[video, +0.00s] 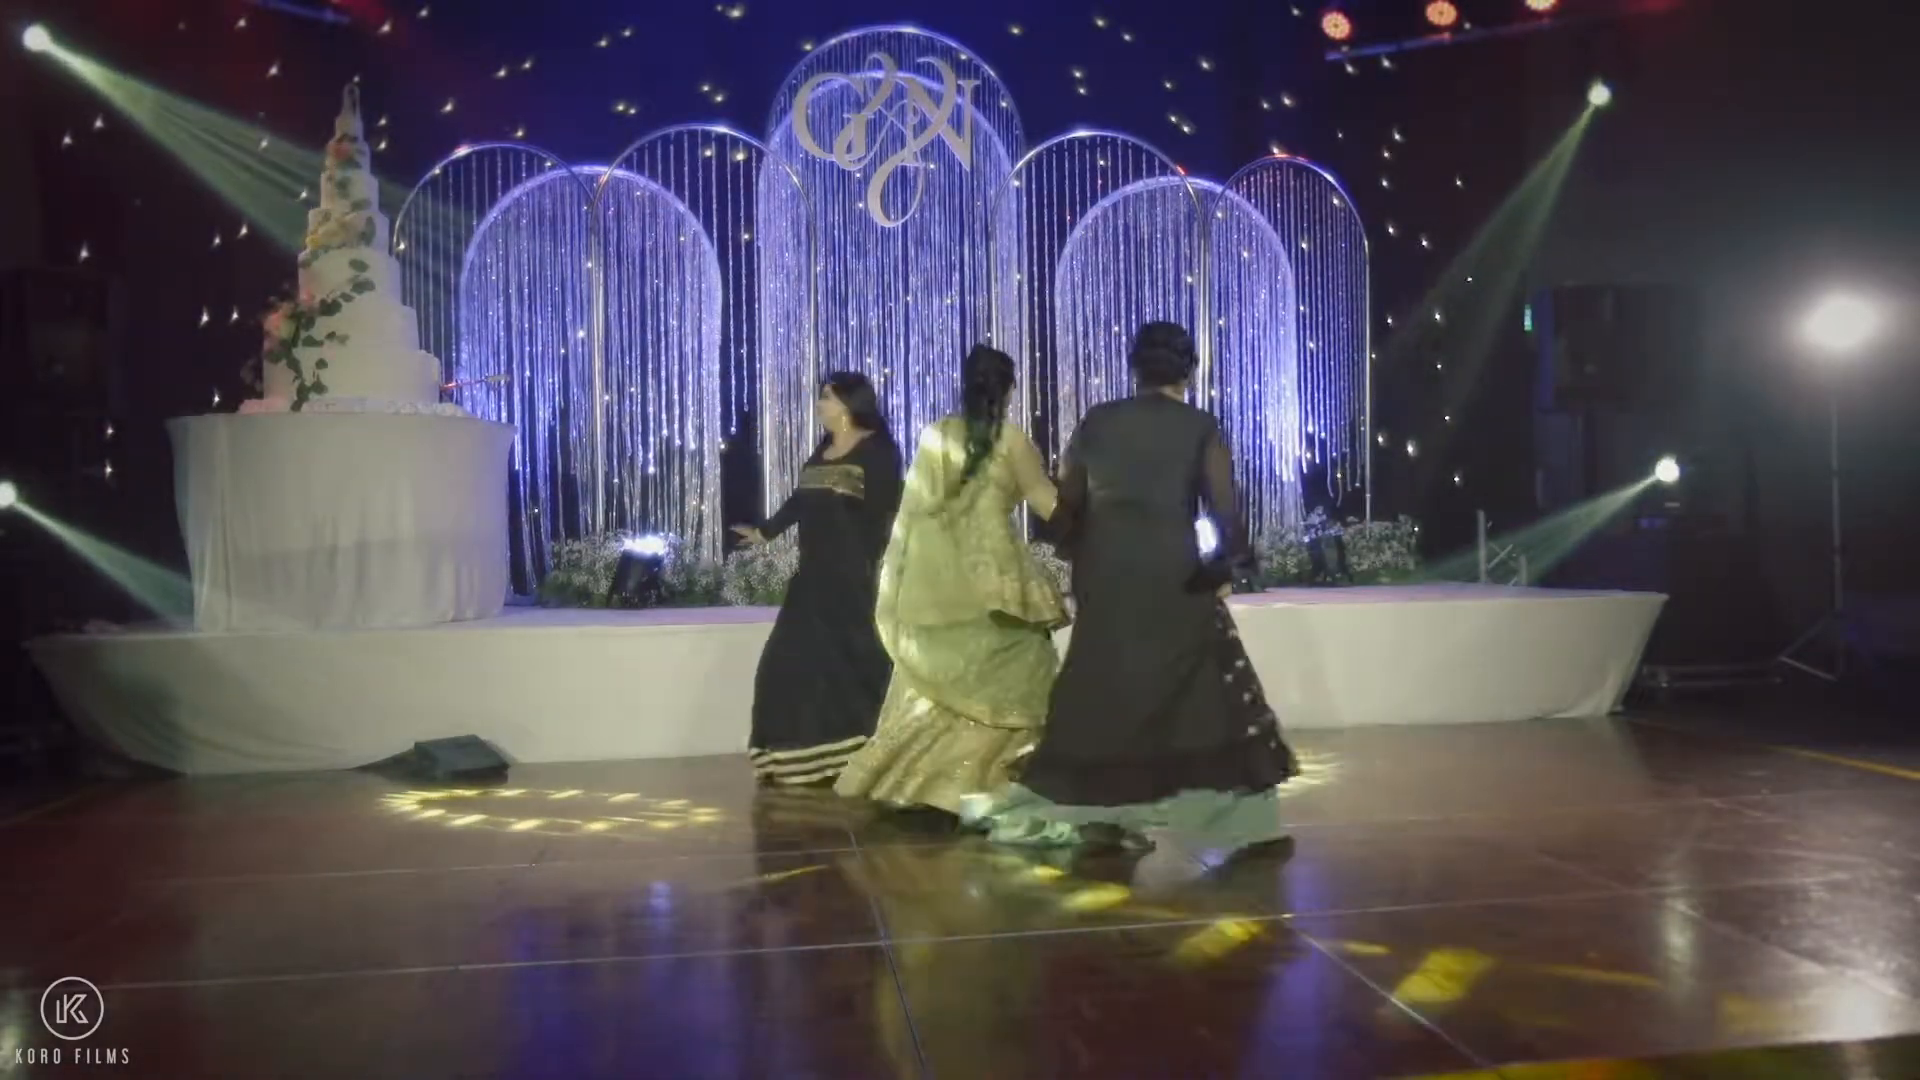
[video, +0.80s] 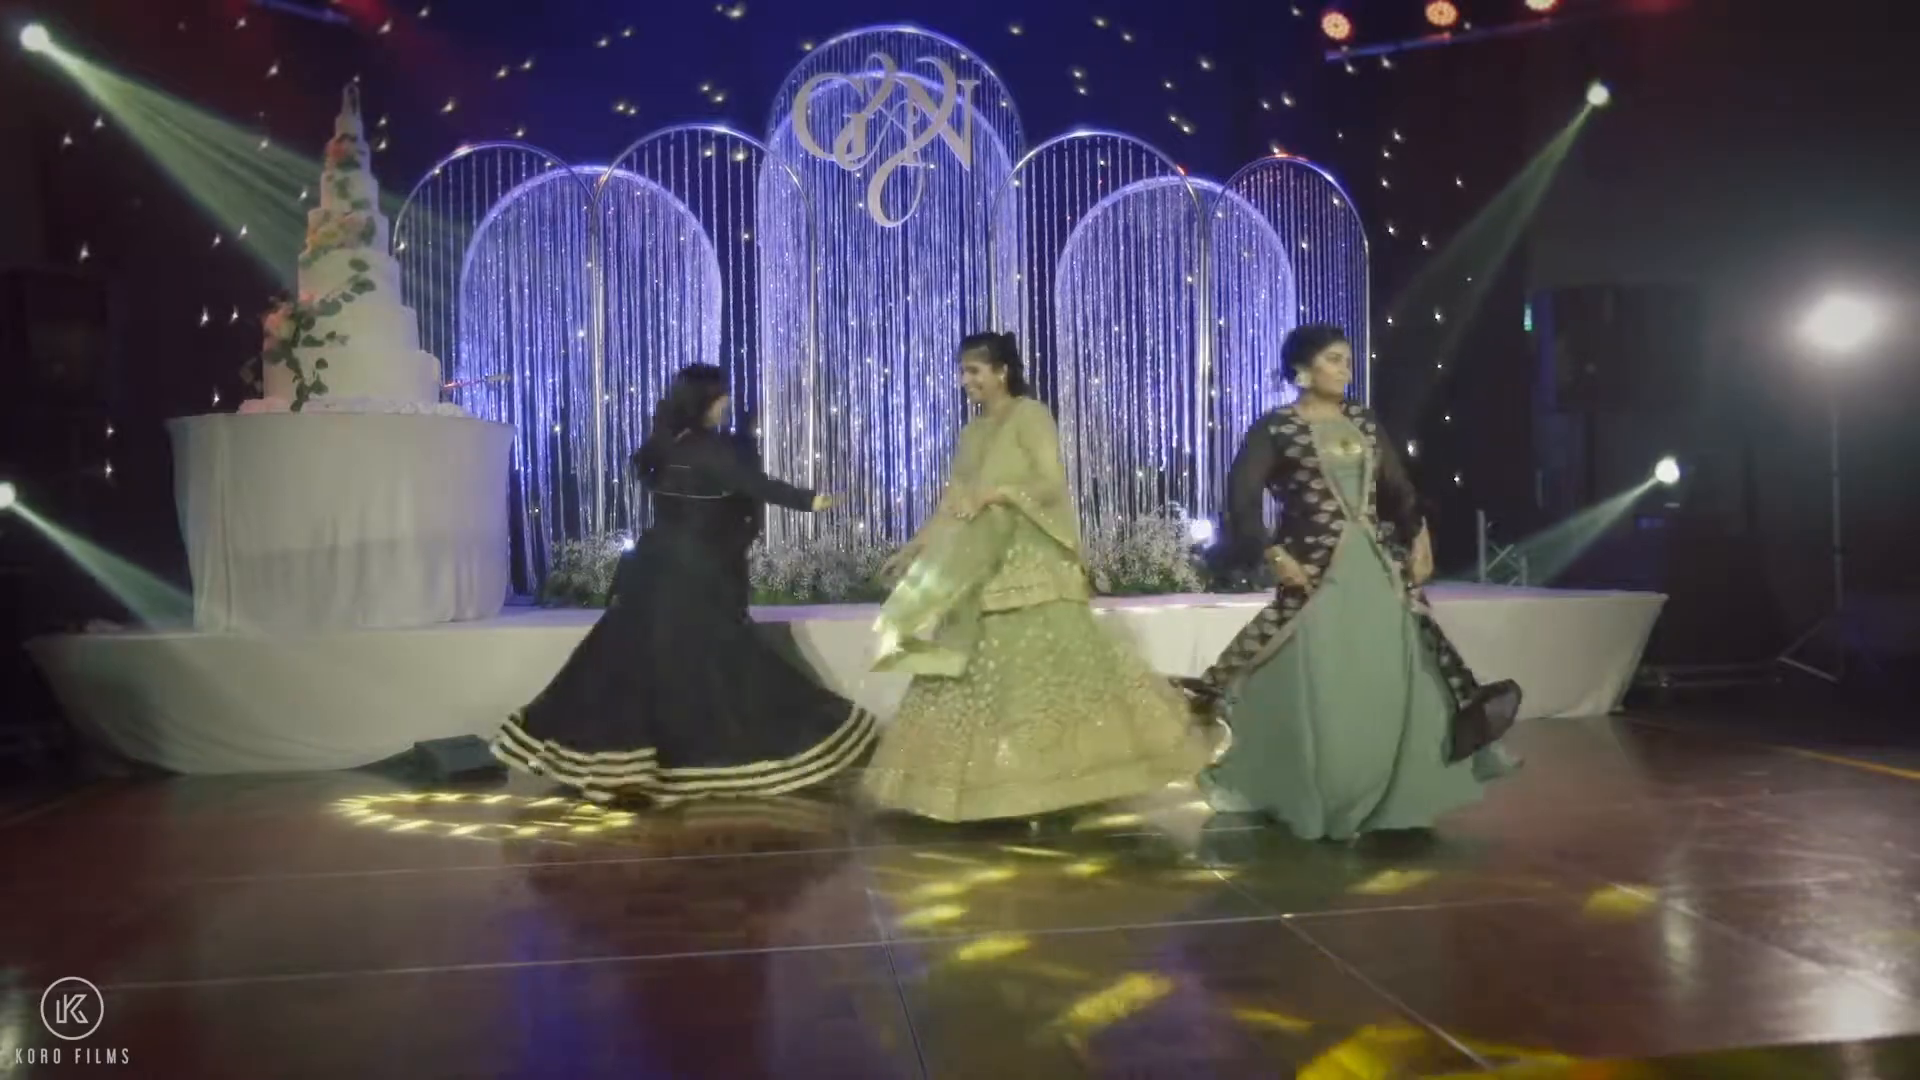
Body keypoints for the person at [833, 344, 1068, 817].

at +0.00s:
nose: (1006, 392)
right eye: (1007, 385)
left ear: (965, 385)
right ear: (1007, 389)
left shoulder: (934, 436)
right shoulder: (1012, 442)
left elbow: (908, 516)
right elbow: (1053, 509)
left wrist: (889, 584)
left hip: (930, 582)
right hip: (989, 581)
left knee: (930, 680)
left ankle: (916, 785)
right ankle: (979, 785)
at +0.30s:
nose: (962, 383)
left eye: (965, 375)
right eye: (964, 375)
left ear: (978, 375)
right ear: (1009, 377)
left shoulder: (965, 412)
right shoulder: (1031, 424)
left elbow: (927, 480)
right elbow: (1053, 505)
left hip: (978, 571)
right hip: (1037, 571)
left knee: (971, 678)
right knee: (1037, 677)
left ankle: (979, 791)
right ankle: (1045, 788)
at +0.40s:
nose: (961, 380)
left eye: (964, 371)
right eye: (962, 371)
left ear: (982, 371)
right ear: (1003, 369)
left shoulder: (974, 409)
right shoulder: (1024, 413)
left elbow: (960, 474)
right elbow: (1049, 487)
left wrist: (929, 502)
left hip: (997, 558)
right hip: (1050, 555)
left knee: (998, 678)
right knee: (1052, 674)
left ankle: (1009, 795)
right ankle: (1051, 796)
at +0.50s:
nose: (959, 381)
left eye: (965, 372)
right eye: (959, 372)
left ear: (989, 372)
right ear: (993, 373)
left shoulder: (993, 413)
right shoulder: (1009, 412)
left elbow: (985, 476)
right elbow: (989, 482)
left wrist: (932, 493)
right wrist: (943, 490)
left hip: (1012, 574)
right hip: (1032, 570)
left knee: (995, 686)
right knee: (1033, 689)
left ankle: (1004, 795)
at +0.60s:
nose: (959, 385)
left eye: (963, 376)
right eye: (959, 376)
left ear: (990, 377)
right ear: (991, 377)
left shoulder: (1009, 419)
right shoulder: (998, 423)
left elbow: (1013, 487)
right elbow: (997, 492)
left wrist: (953, 493)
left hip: (1027, 581)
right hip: (1007, 579)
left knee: (1015, 689)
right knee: (1007, 689)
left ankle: (1024, 801)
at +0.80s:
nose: (967, 381)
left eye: (975, 371)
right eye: (963, 372)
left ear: (1002, 372)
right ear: (966, 377)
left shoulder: (1031, 416)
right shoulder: (973, 431)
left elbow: (1053, 486)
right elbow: (955, 499)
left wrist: (992, 495)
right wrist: (919, 545)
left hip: (1034, 572)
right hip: (983, 575)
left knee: (1035, 681)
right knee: (982, 681)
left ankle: (1048, 794)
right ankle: (985, 799)